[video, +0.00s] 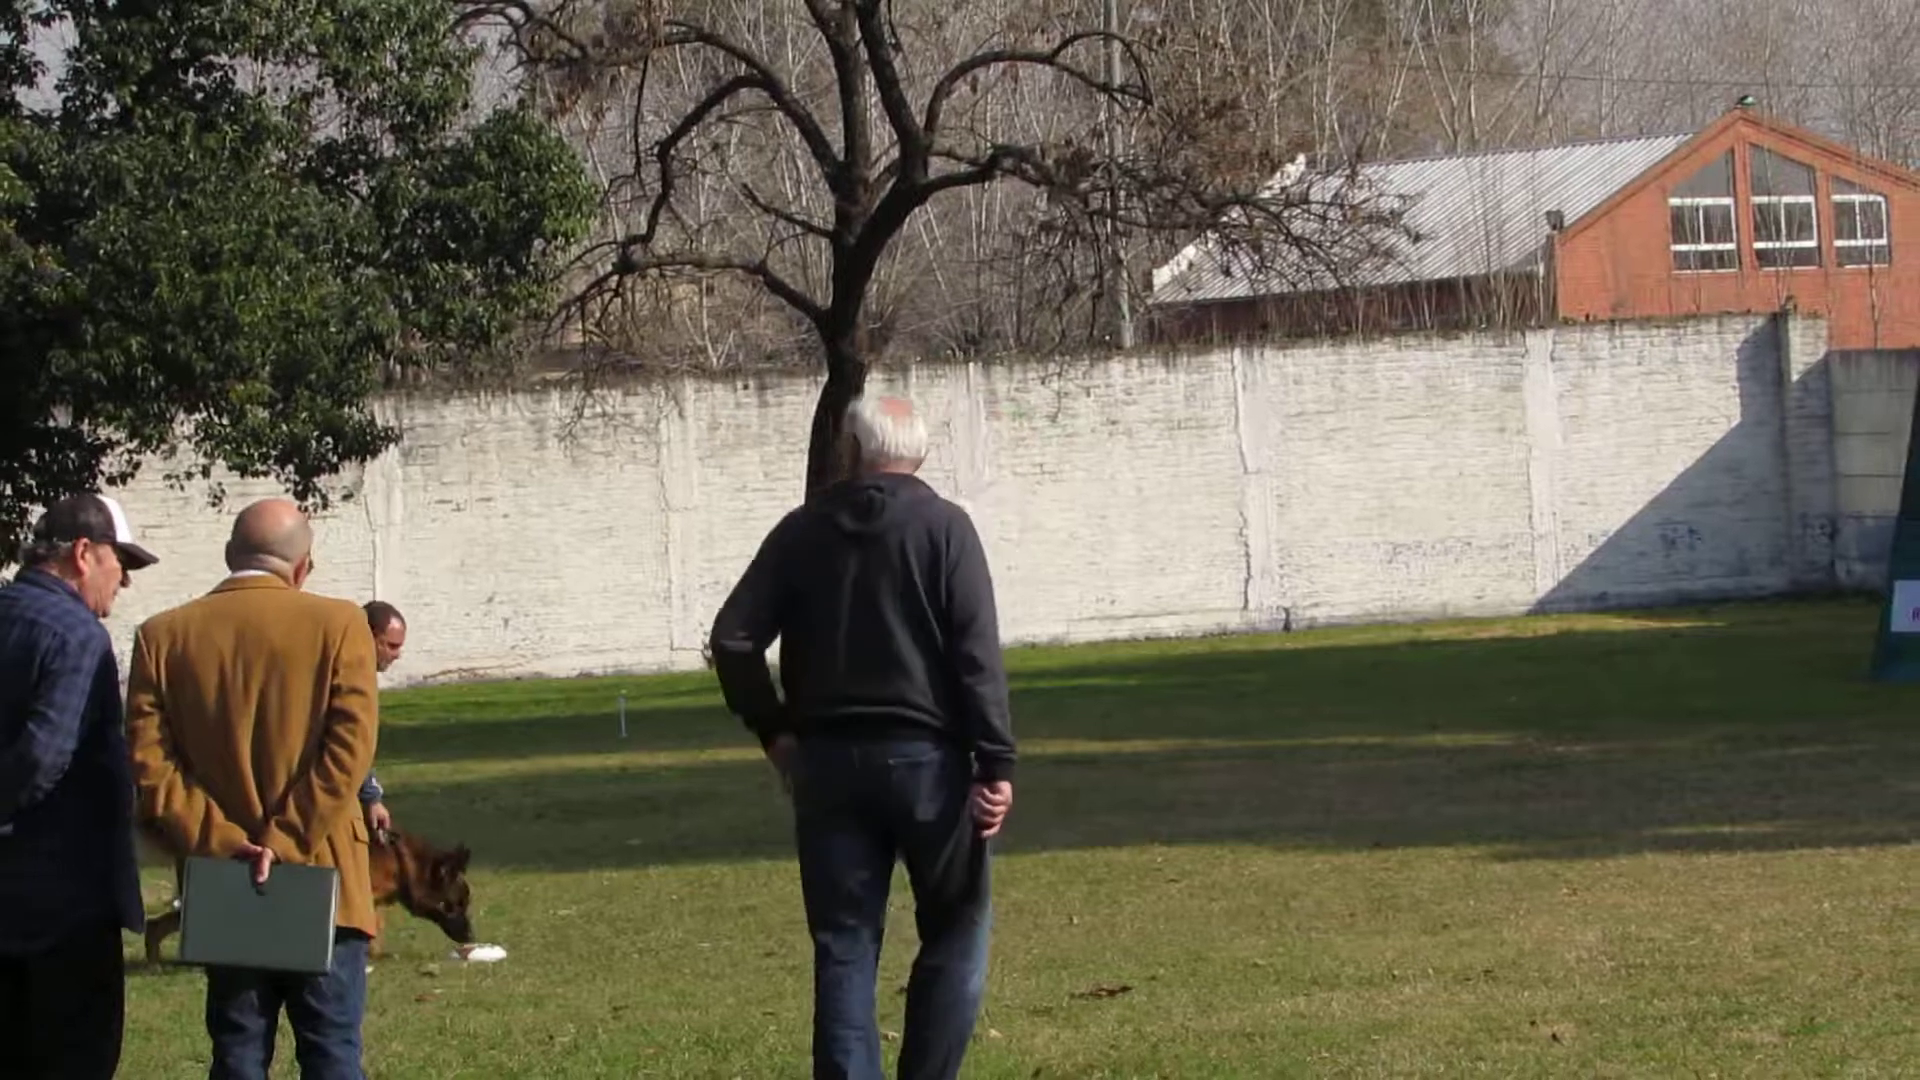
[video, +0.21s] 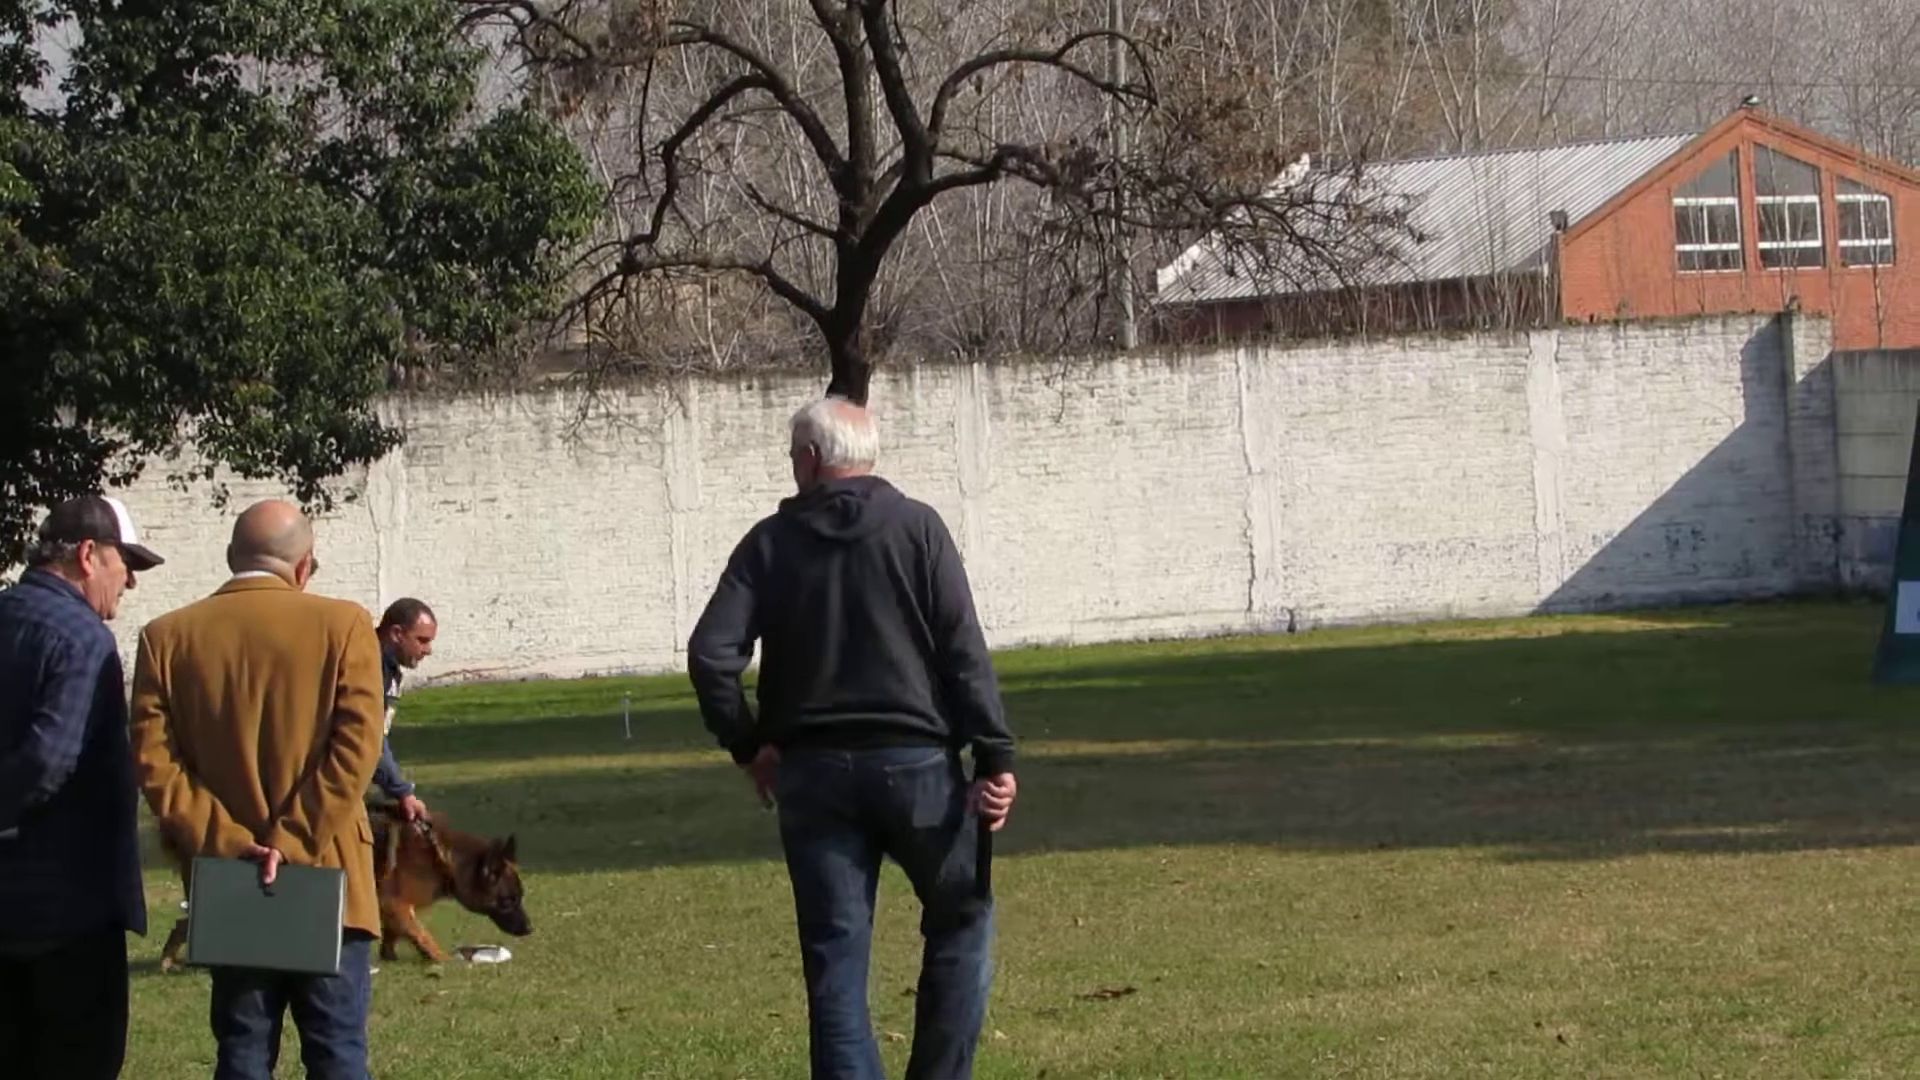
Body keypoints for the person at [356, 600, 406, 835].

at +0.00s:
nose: (397, 654)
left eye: (400, 646)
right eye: (392, 646)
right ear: (369, 639)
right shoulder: (350, 676)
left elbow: (354, 743)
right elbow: (349, 744)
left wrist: (372, 797)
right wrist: (372, 797)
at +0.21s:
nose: (428, 650)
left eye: (429, 642)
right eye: (422, 641)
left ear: (397, 635)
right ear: (397, 634)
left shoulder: (392, 672)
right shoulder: (372, 671)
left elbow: (377, 739)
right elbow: (370, 741)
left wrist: (403, 793)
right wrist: (403, 792)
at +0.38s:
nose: (451, 632)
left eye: (454, 624)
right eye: (445, 623)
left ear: (422, 623)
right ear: (417, 621)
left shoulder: (412, 661)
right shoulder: (397, 659)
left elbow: (405, 734)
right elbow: (395, 736)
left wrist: (439, 783)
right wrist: (438, 783)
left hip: (351, 774)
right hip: (343, 778)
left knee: (398, 821)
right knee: (394, 824)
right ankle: (389, 935)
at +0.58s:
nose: (481, 618)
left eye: (484, 609)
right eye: (474, 609)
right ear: (447, 604)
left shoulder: (449, 647)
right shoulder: (414, 644)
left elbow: (456, 711)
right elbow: (373, 701)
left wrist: (483, 769)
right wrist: (371, 761)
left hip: (406, 761)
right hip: (385, 761)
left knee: (395, 854)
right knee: (421, 841)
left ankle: (344, 936)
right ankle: (438, 952)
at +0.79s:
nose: (541, 605)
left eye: (543, 597)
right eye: (534, 597)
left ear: (513, 594)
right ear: (506, 591)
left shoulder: (515, 638)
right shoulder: (468, 627)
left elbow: (521, 708)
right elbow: (444, 689)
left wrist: (543, 763)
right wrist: (462, 746)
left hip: (479, 751)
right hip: (438, 749)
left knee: (509, 830)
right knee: (457, 836)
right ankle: (445, 948)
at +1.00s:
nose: (593, 580)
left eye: (595, 572)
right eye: (585, 572)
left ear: (588, 574)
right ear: (556, 573)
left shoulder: (574, 621)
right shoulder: (526, 610)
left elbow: (578, 695)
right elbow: (498, 666)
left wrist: (603, 752)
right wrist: (511, 719)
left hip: (548, 747)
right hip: (510, 741)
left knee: (564, 833)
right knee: (542, 831)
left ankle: (546, 934)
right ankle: (496, 922)